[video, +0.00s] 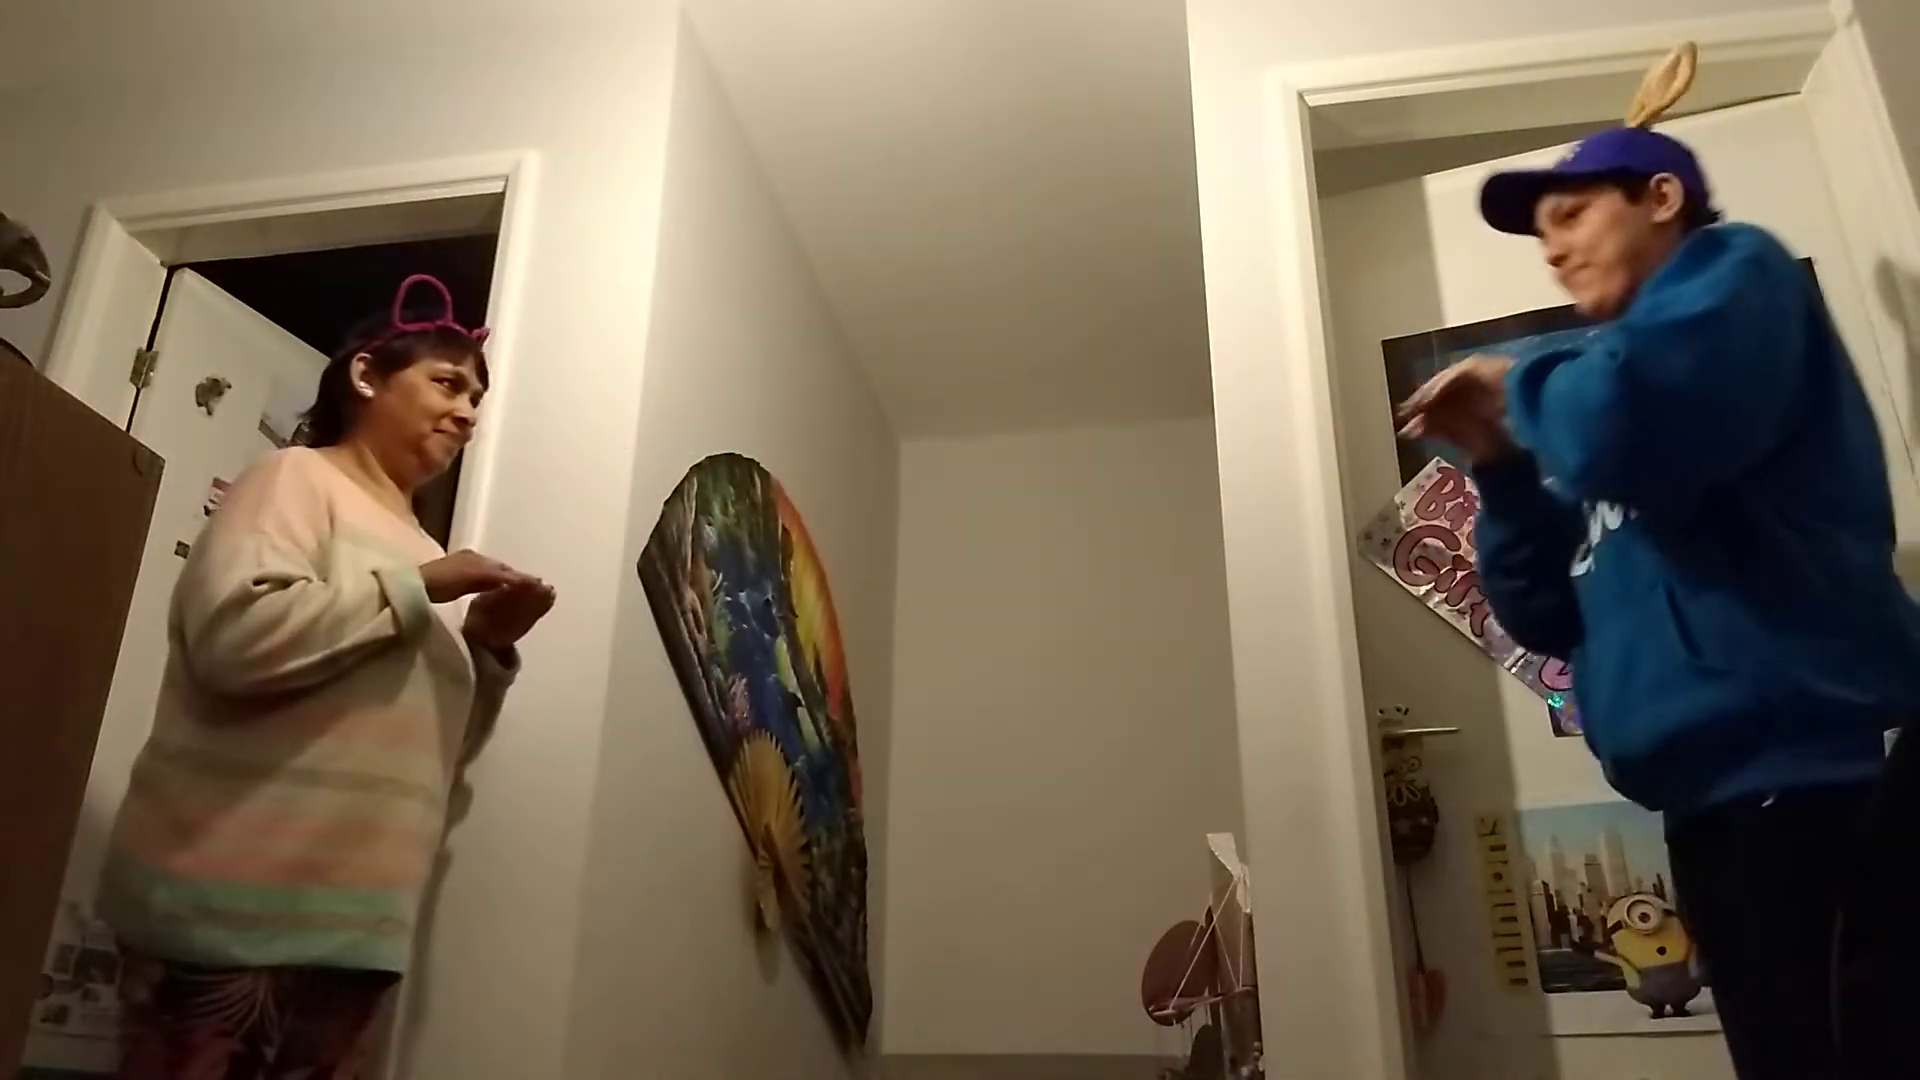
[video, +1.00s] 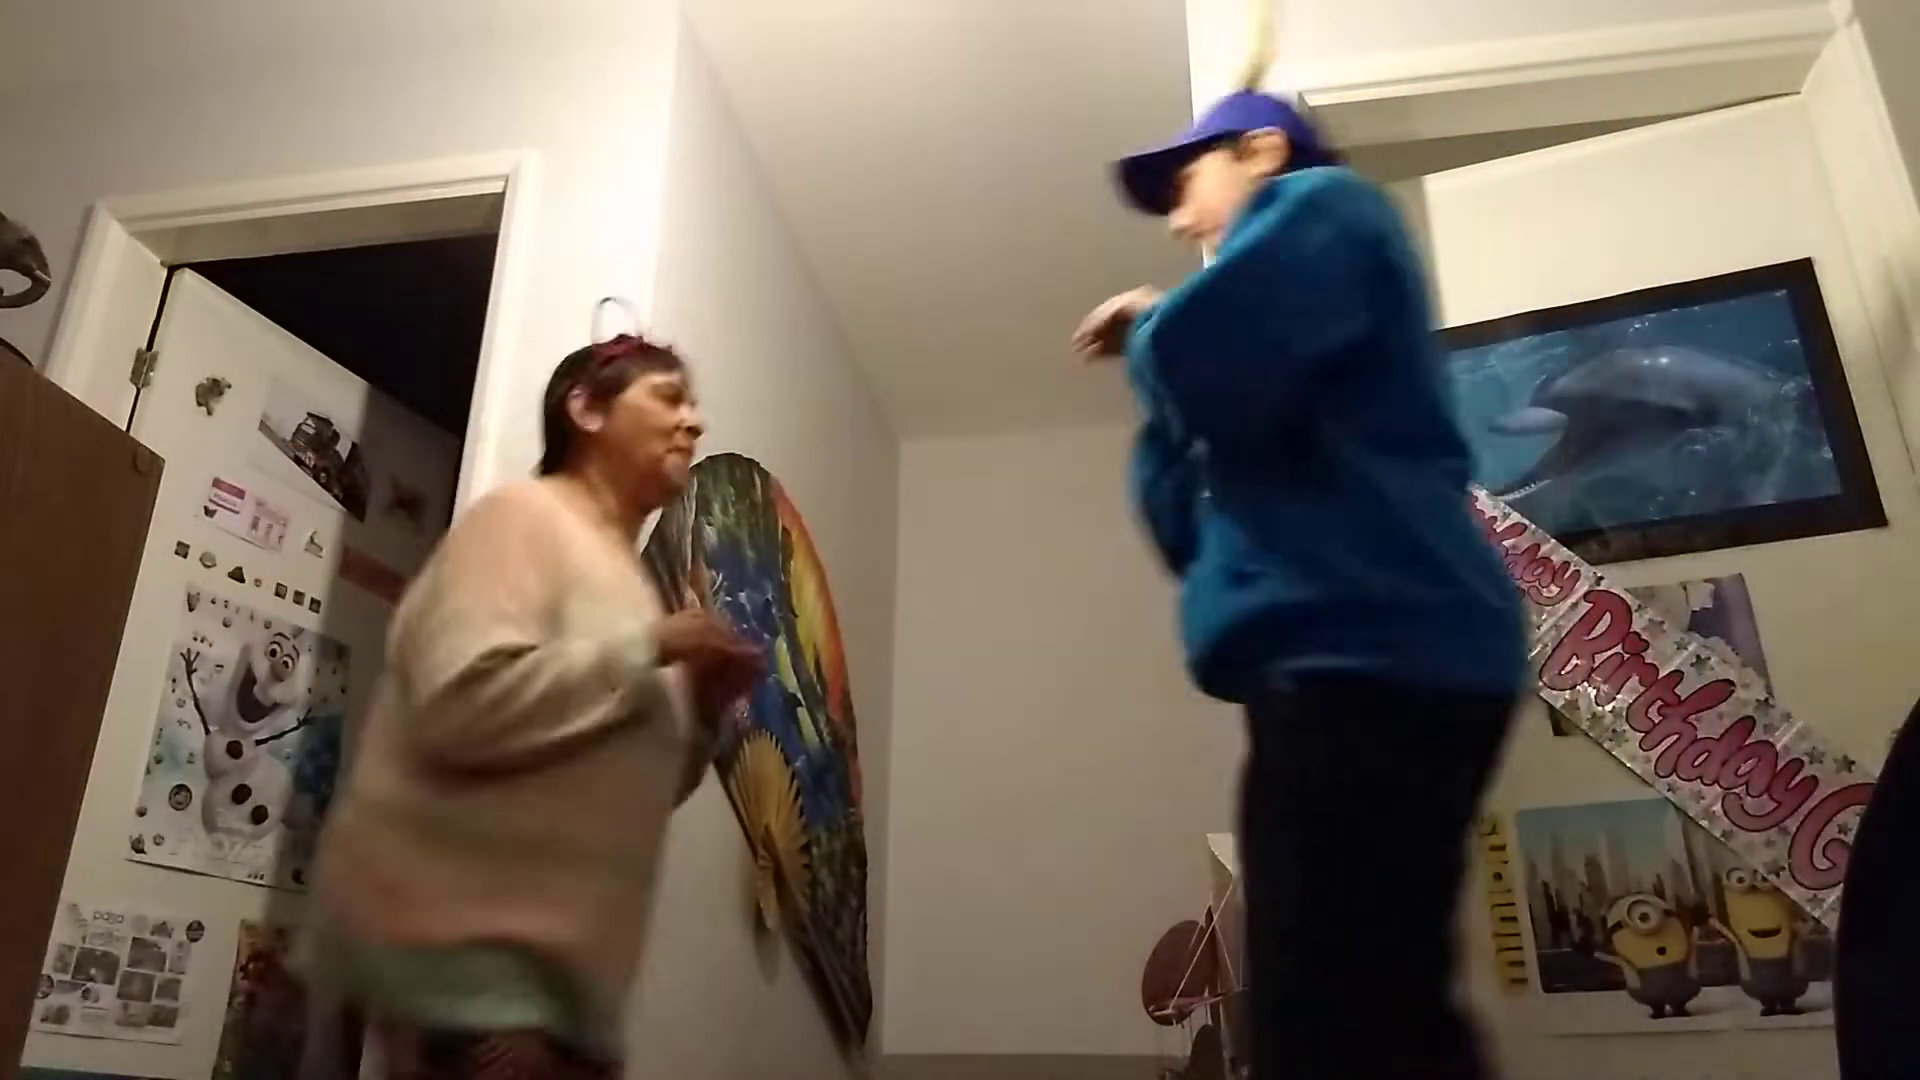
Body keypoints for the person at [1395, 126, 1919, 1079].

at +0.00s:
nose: (1553, 247)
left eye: (1573, 214)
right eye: (1544, 231)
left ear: (1661, 200)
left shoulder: (1736, 273)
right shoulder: (1635, 364)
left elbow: (1630, 423)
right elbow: (1547, 615)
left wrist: (1517, 382)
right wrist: (1502, 473)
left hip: (1818, 788)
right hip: (1721, 809)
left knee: (1835, 1051)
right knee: (1782, 1054)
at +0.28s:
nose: (1468, 272)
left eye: (1497, 241)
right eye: (1451, 264)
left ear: (1578, 252)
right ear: (1449, 306)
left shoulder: (1641, 329)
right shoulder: (1525, 431)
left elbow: (1611, 501)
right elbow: (1505, 685)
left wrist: (1426, 475)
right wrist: (1410, 540)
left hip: (1800, 792)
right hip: (1687, 824)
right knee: (1682, 1056)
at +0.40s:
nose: (1449, 259)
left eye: (1474, 227)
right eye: (1433, 244)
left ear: (1552, 230)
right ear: (1427, 268)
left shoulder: (1612, 308)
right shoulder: (1465, 389)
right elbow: (1421, 629)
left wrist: (1386, 403)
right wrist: (1360, 471)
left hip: (1753, 790)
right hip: (1621, 820)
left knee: (1745, 1050)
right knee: (1652, 1056)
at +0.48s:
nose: (1412, 209)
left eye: (1433, 177)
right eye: (1401, 195)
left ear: (1518, 170)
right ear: (1403, 219)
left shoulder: (1580, 240)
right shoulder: (1445, 334)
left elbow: (1447, 356)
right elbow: (1384, 559)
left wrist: (1357, 327)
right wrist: (1359, 403)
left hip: (1692, 702)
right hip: (1568, 732)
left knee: (1720, 1015)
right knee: (1627, 1026)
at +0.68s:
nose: (1326, 209)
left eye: (1346, 175)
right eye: (1321, 193)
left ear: (1427, 158)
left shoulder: (1490, 250)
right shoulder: (1371, 333)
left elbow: (1413, 473)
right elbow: (1336, 567)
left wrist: (1275, 392)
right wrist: (1274, 417)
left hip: (1580, 713)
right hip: (1482, 728)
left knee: (1584, 1038)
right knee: (1526, 1040)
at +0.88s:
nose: (1247, 237)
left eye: (1261, 204)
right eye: (1243, 214)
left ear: (1337, 180)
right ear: (1331, 189)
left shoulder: (1402, 248)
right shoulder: (1322, 322)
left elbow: (1302, 410)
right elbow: (1229, 548)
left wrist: (1209, 347)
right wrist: (1223, 394)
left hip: (1462, 737)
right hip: (1383, 746)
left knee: (1453, 1041)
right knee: (1389, 1039)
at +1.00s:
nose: (1176, 214)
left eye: (1189, 179)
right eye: (1172, 194)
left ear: (1262, 151)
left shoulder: (1328, 209)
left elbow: (1206, 352)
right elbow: (1182, 531)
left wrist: (1147, 313)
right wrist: (1170, 362)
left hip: (1385, 655)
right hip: (1313, 669)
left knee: (1337, 1000)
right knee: (1328, 1002)